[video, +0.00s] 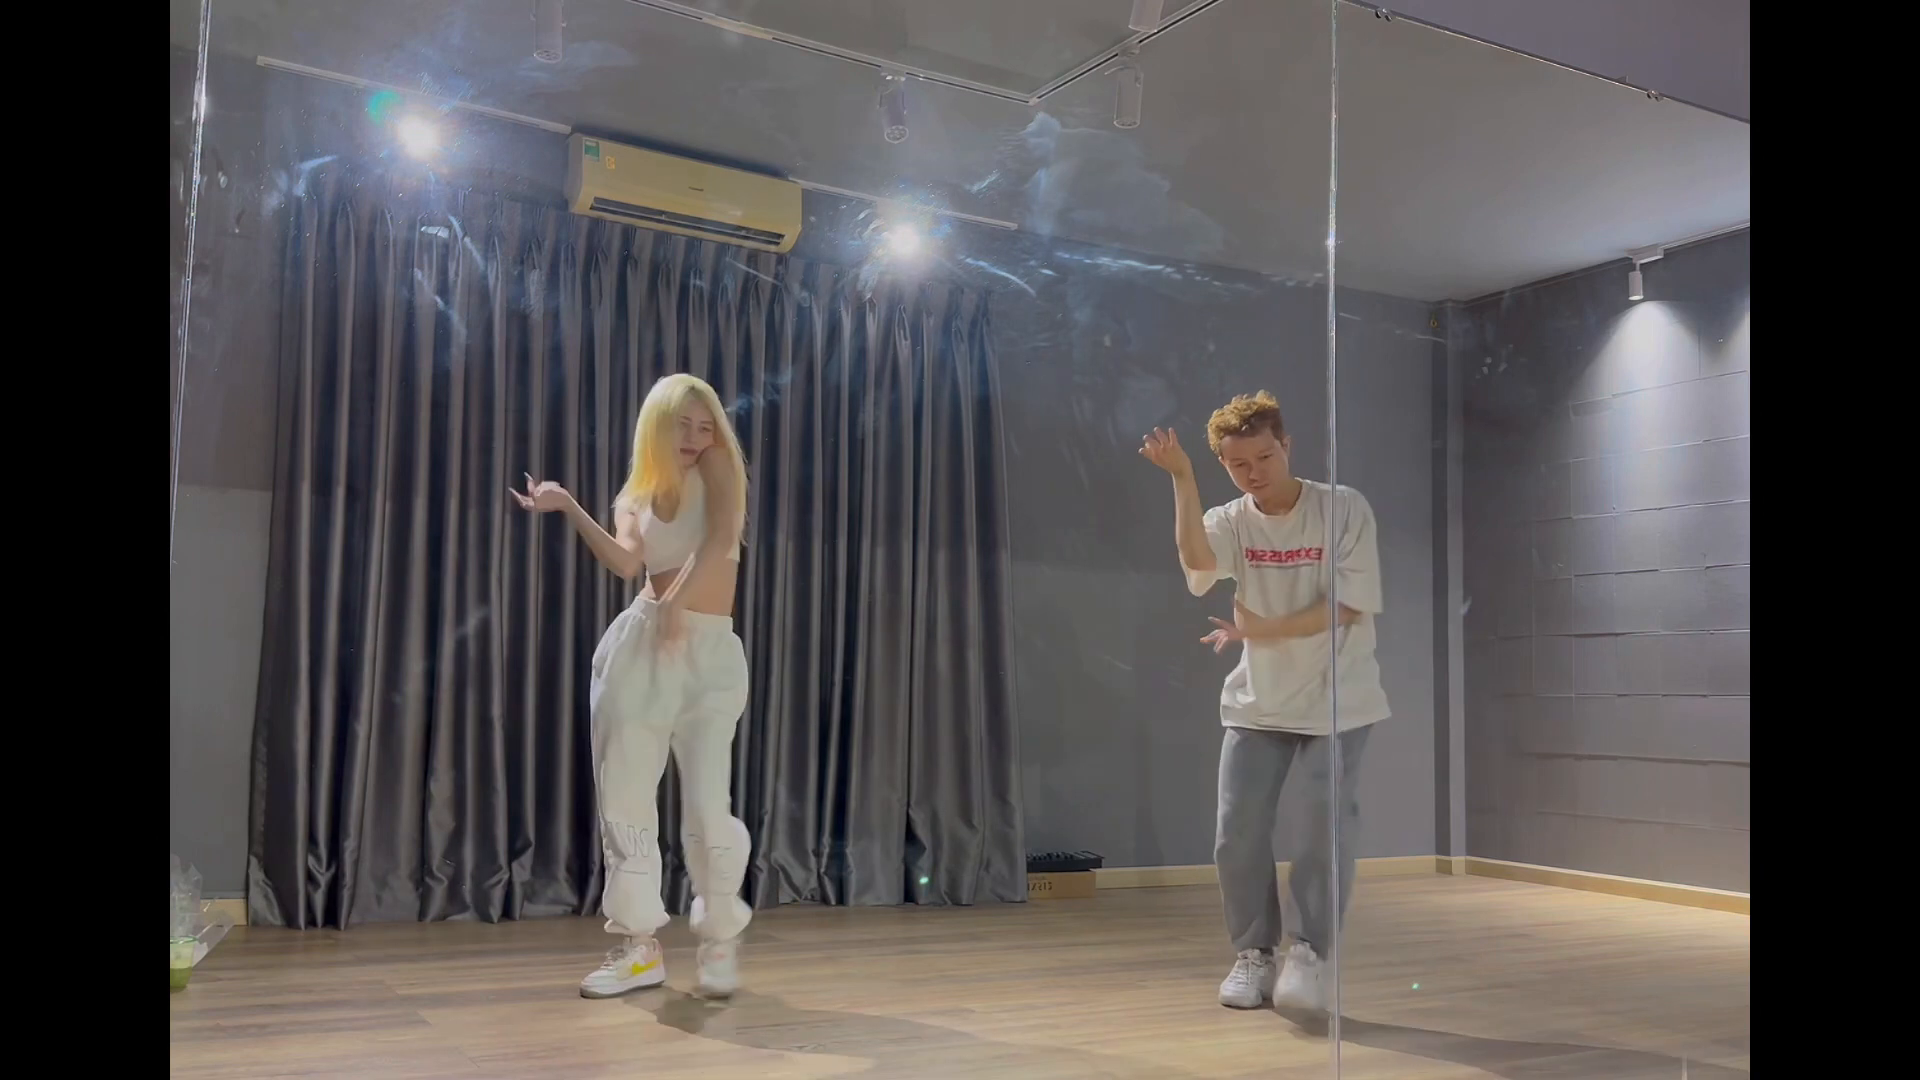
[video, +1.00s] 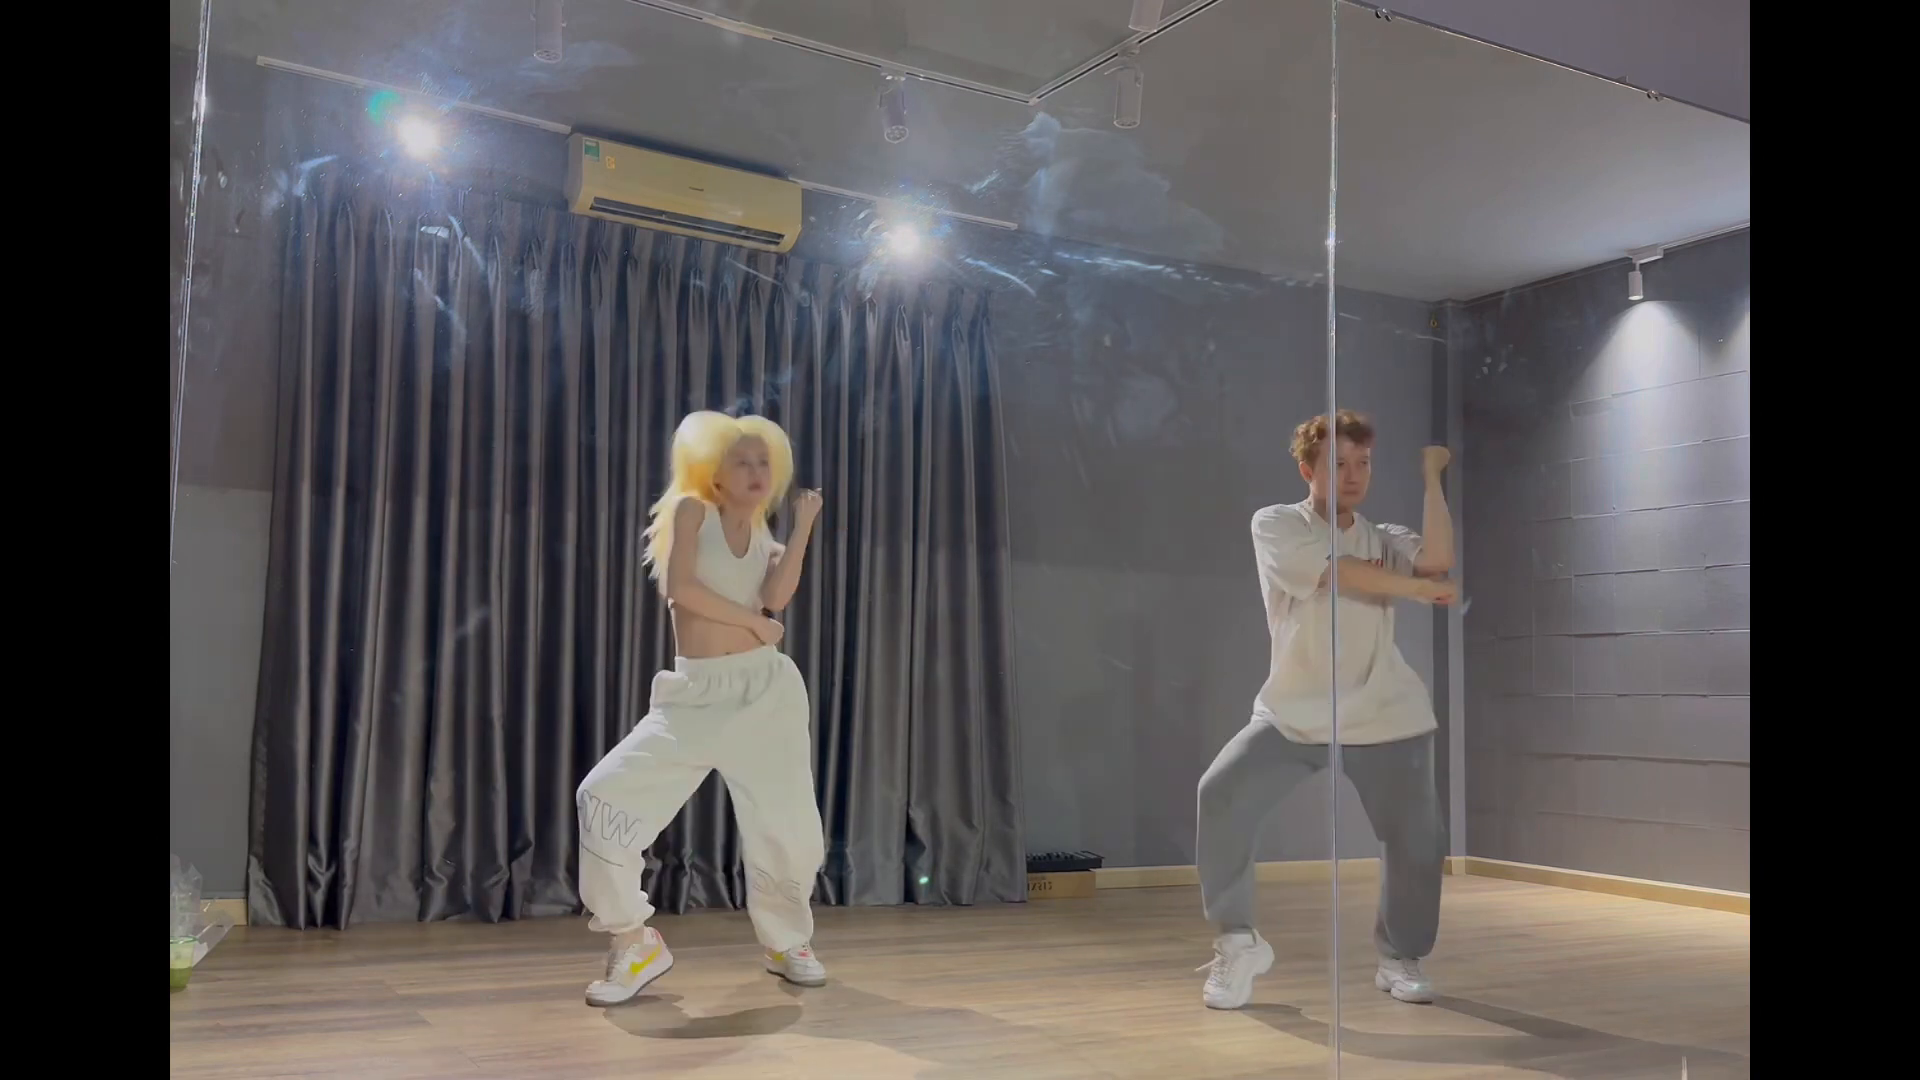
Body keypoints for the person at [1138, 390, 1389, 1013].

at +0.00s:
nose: (1249, 475)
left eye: (1259, 459)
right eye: (1236, 464)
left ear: (1285, 447)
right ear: (1224, 464)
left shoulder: (1345, 510)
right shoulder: (1230, 520)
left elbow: (1351, 608)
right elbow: (1197, 566)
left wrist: (1259, 629)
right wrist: (1183, 476)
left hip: (1339, 700)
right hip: (1259, 700)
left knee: (1320, 825)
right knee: (1237, 827)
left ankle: (1310, 957)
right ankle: (1254, 955)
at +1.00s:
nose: (1353, 475)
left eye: (1361, 464)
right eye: (1339, 463)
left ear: (1371, 469)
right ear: (1308, 469)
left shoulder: (1382, 540)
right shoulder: (1275, 526)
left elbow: (1437, 561)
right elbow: (1331, 575)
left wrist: (1433, 479)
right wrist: (1422, 589)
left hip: (1386, 713)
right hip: (1296, 712)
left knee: (1418, 838)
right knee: (1221, 791)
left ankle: (1401, 959)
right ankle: (1238, 942)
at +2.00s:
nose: (1335, 482)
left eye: (1343, 473)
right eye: (1323, 468)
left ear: (1348, 477)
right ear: (1286, 465)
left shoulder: (1327, 524)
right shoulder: (1265, 529)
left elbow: (1385, 488)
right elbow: (1340, 598)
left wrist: (1380, 485)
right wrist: (1402, 607)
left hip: (1365, 716)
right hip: (1298, 725)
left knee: (1444, 844)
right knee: (1253, 851)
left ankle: (1387, 962)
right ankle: (1166, 956)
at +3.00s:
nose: (1445, 430)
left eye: (1448, 421)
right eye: (1429, 422)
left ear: (1455, 441)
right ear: (1401, 447)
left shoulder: (1472, 528)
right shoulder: (1393, 510)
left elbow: (1540, 537)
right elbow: (1449, 513)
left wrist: (1494, 460)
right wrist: (1446, 443)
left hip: (1477, 712)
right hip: (1421, 712)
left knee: (1467, 853)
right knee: (1497, 835)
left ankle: (1389, 970)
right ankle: (1552, 986)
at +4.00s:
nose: (1362, 484)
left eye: (1366, 471)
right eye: (1344, 475)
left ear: (1373, 473)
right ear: (1309, 489)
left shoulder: (1386, 536)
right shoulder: (1287, 543)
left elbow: (1448, 525)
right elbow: (1243, 630)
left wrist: (1405, 453)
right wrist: (1293, 688)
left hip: (1363, 736)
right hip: (1292, 728)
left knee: (1435, 832)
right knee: (1260, 847)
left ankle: (1393, 963)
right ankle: (1179, 960)